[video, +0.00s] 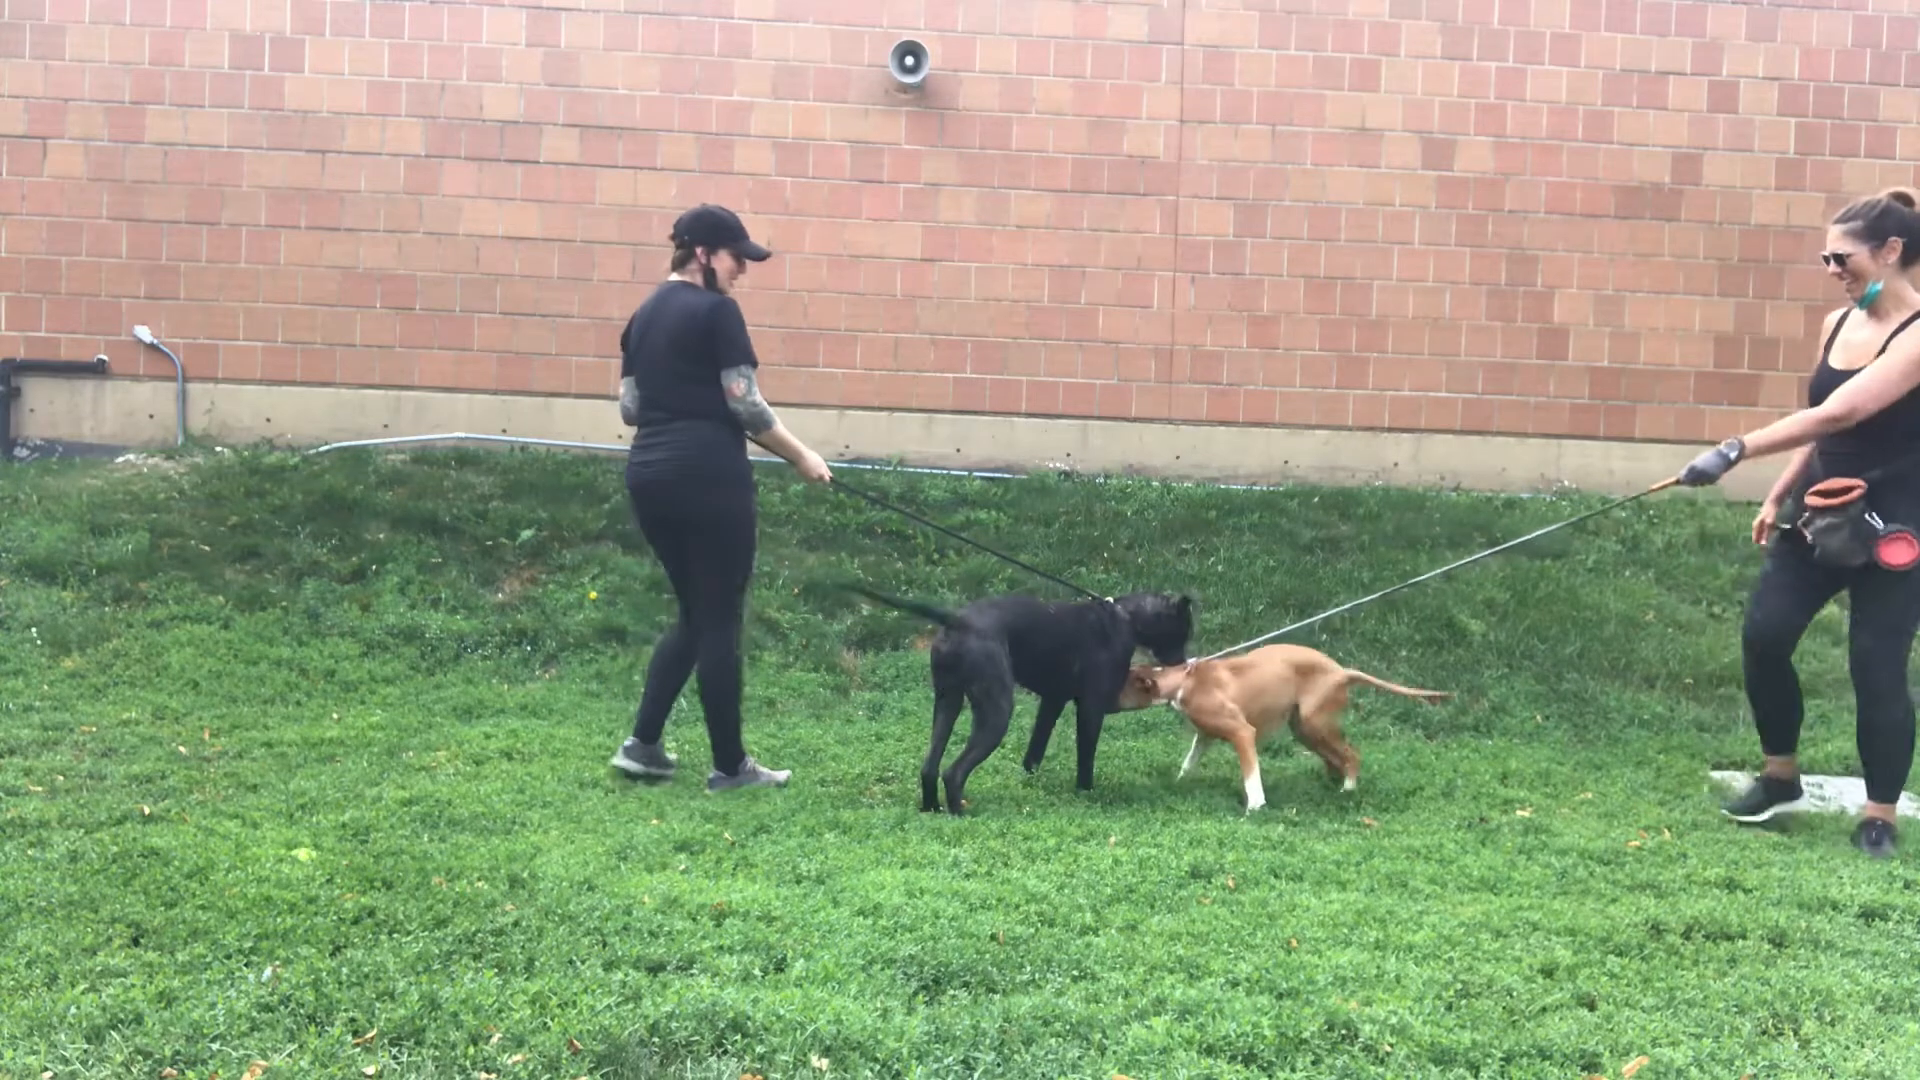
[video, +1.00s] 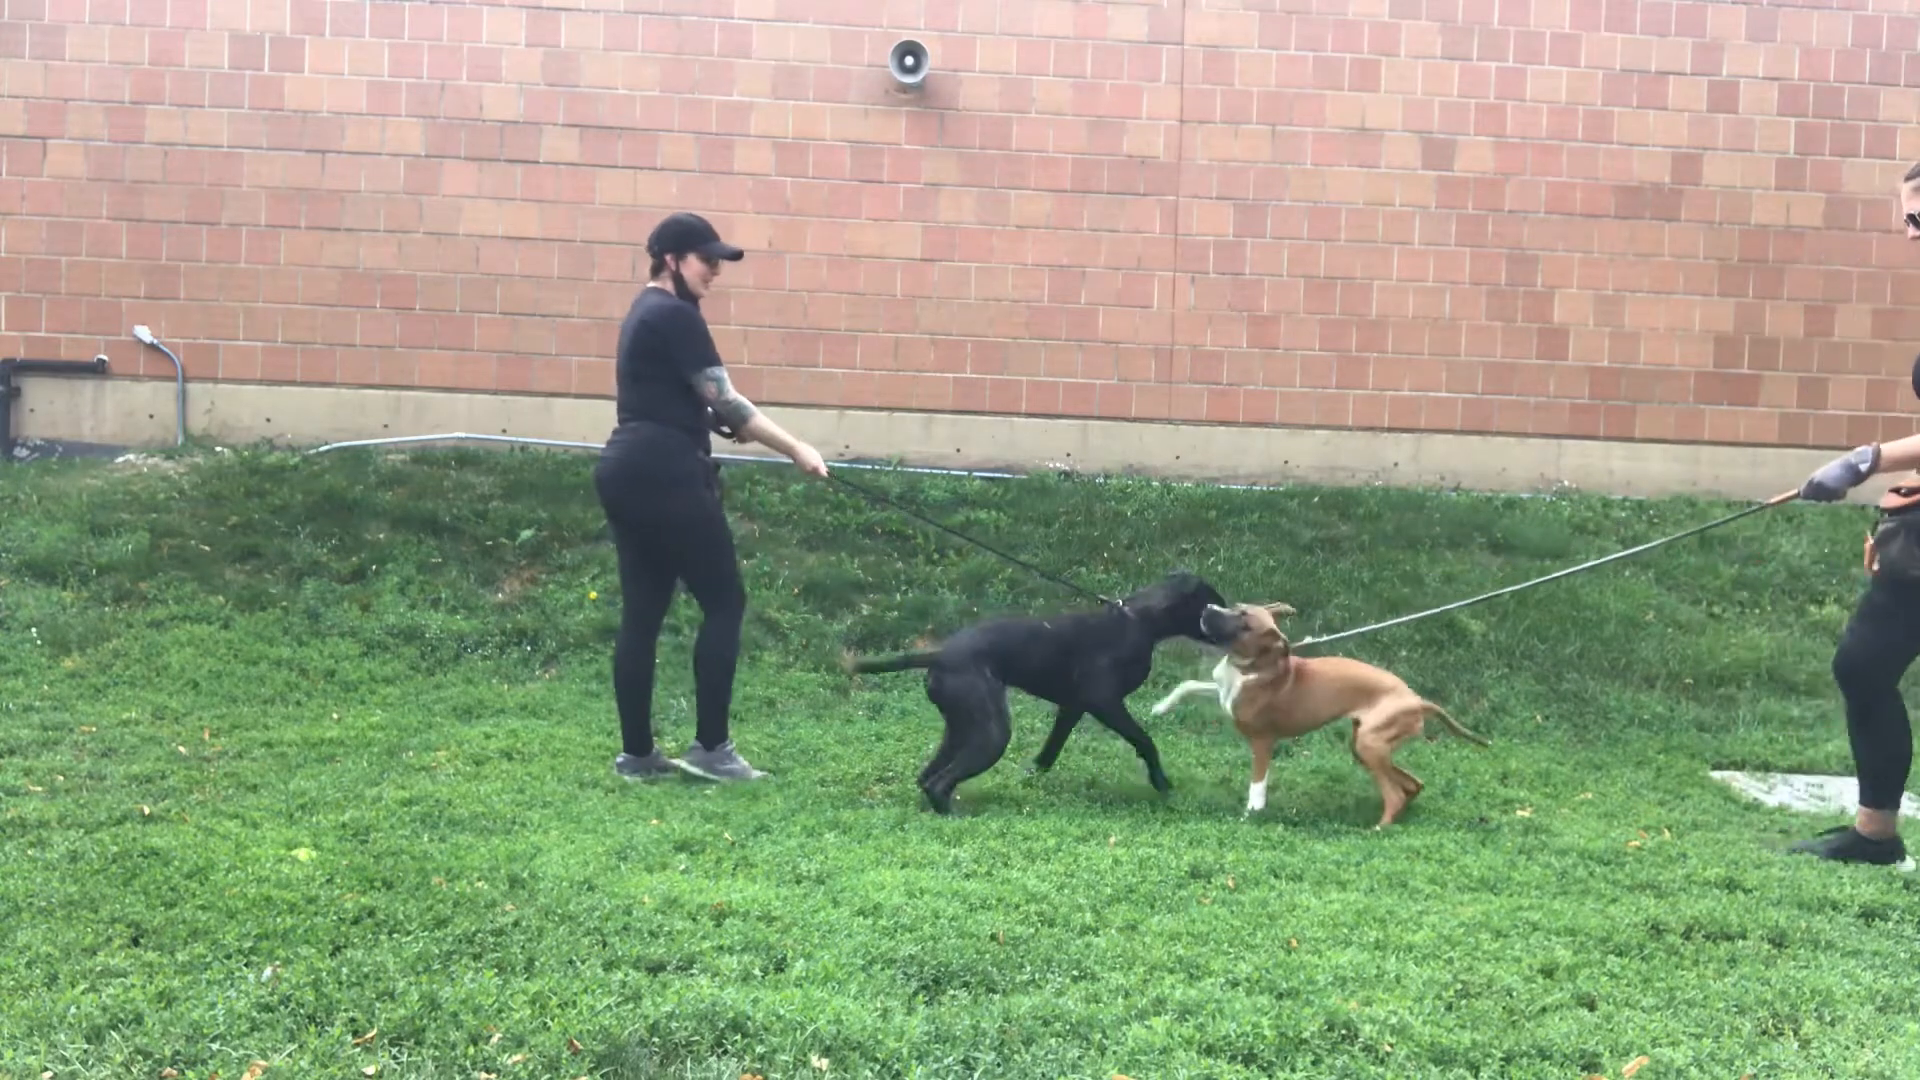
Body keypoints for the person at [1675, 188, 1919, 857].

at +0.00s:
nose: (1832, 271)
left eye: (1842, 259)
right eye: (1828, 259)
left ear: (1890, 251)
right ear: (1875, 256)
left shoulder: (1918, 334)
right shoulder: (1841, 321)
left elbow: (1843, 413)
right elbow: (1825, 419)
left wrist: (1733, 449)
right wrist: (1777, 493)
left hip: (1895, 521)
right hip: (1822, 511)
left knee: (1878, 663)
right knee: (1764, 634)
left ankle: (1879, 817)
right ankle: (1780, 777)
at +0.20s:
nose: (1835, 272)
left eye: (1845, 259)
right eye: (1831, 260)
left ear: (1894, 251)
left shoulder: (1916, 340)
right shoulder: (1844, 324)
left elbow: (1859, 440)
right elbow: (1826, 425)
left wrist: (1751, 468)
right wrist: (1802, 497)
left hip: (1896, 533)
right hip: (1822, 523)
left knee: (1881, 678)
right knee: (1801, 672)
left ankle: (1885, 816)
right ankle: (1800, 827)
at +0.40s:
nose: (1842, 268)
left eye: (1850, 255)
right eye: (1838, 256)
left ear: (1902, 245)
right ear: (1881, 251)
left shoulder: (1918, 336)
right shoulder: (1848, 323)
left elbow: (1901, 443)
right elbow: (1825, 421)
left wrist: (1791, 474)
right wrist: (1805, 486)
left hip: (1900, 521)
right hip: (1826, 514)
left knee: (1885, 666)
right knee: (1801, 665)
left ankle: (1915, 808)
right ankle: (1803, 823)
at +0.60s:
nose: (1861, 257)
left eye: (1871, 243)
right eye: (1857, 244)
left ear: (1913, 235)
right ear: (1876, 241)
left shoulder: (1919, 320)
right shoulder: (1870, 314)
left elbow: (1911, 437)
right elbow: (1841, 423)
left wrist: (1805, 463)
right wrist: (1783, 500)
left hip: (1907, 525)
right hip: (1845, 517)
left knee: (1906, 680)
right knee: (1821, 677)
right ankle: (1808, 827)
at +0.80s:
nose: (1890, 247)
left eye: (1898, 234)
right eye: (1886, 234)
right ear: (1893, 229)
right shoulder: (1911, 308)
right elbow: (1896, 426)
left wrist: (1855, 460)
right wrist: (1823, 493)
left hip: (1916, 523)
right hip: (1885, 517)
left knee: (1912, 685)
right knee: (1849, 678)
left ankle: (1817, 822)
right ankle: (1815, 827)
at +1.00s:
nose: (1910, 235)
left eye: (1914, 222)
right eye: (1908, 223)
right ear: (1905, 217)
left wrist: (1864, 459)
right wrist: (1904, 497)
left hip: (1917, 532)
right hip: (1912, 529)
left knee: (1863, 664)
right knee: (1863, 664)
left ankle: (1876, 831)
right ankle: (1876, 830)